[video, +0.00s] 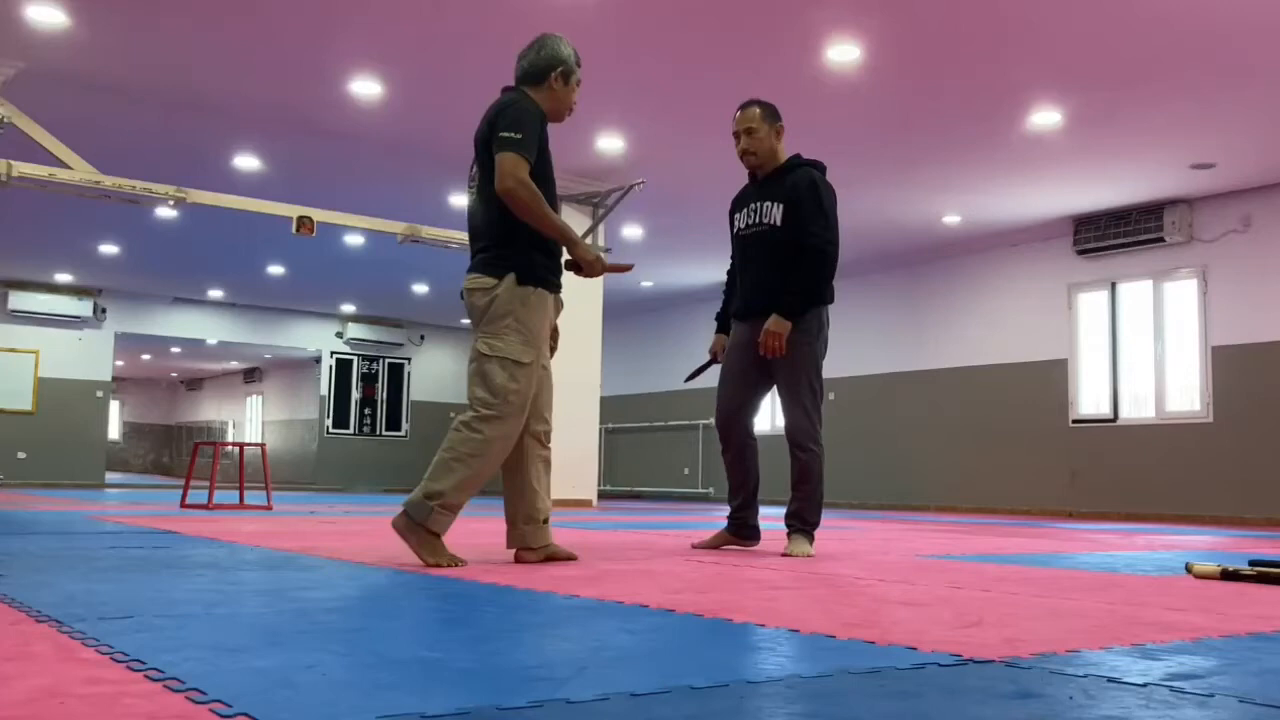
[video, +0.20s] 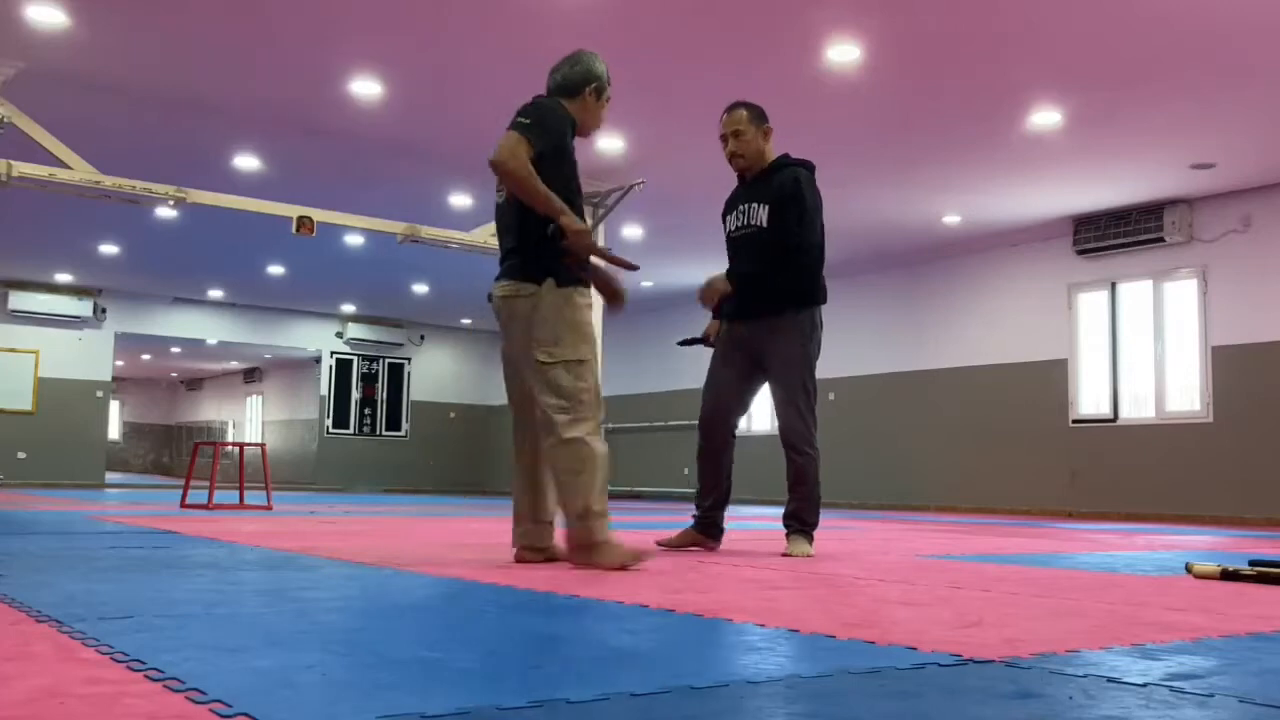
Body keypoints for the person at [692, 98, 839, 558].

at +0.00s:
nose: (742, 143)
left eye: (751, 133)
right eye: (737, 136)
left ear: (778, 133)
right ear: (735, 143)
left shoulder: (808, 182)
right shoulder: (742, 201)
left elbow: (821, 257)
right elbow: (739, 267)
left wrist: (786, 314)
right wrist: (723, 328)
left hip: (801, 321)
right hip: (750, 323)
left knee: (802, 427)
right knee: (731, 419)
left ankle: (801, 530)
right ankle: (742, 525)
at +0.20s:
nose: (731, 146)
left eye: (739, 135)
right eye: (725, 139)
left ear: (766, 135)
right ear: (722, 145)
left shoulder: (795, 182)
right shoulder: (736, 201)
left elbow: (801, 262)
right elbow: (743, 269)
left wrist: (729, 282)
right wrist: (724, 317)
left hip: (792, 323)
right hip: (744, 325)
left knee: (796, 429)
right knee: (715, 419)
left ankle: (800, 530)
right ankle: (707, 526)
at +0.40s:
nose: (696, 150)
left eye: (704, 140)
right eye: (690, 143)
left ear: (730, 138)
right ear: (688, 149)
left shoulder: (762, 177)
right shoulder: (707, 197)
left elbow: (760, 232)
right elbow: (718, 257)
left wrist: (694, 226)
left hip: (765, 326)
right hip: (716, 328)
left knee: (782, 427)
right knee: (685, 424)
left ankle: (801, 529)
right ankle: (666, 529)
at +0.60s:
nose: (654, 154)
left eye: (660, 144)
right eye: (649, 147)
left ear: (682, 144)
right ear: (649, 154)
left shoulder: (711, 172)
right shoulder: (667, 195)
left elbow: (753, 190)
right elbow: (684, 256)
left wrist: (725, 240)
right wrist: (672, 299)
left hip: (726, 319)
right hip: (682, 323)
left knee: (738, 421)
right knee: (654, 422)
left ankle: (818, 515)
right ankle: (664, 532)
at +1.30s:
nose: (675, 149)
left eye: (682, 139)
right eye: (665, 141)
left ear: (698, 142)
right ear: (650, 146)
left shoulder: (715, 194)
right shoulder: (635, 190)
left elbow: (732, 252)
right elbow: (620, 258)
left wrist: (745, 273)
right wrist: (678, 297)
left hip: (711, 327)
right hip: (655, 331)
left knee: (751, 423)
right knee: (650, 430)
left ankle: (771, 528)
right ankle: (657, 532)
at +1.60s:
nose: (705, 150)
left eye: (715, 140)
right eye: (696, 143)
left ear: (736, 142)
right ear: (686, 148)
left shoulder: (761, 186)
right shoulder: (674, 203)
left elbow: (772, 246)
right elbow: (656, 264)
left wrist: (740, 209)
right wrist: (652, 322)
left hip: (761, 334)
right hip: (700, 338)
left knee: (796, 424)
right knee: (667, 434)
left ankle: (834, 531)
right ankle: (661, 530)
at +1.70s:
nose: (724, 152)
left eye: (734, 140)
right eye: (715, 143)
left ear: (758, 137)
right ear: (707, 145)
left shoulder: (785, 177)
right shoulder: (714, 189)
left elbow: (771, 246)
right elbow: (710, 247)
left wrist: (706, 244)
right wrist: (697, 283)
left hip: (794, 327)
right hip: (736, 330)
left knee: (815, 422)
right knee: (701, 429)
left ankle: (840, 536)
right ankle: (673, 533)